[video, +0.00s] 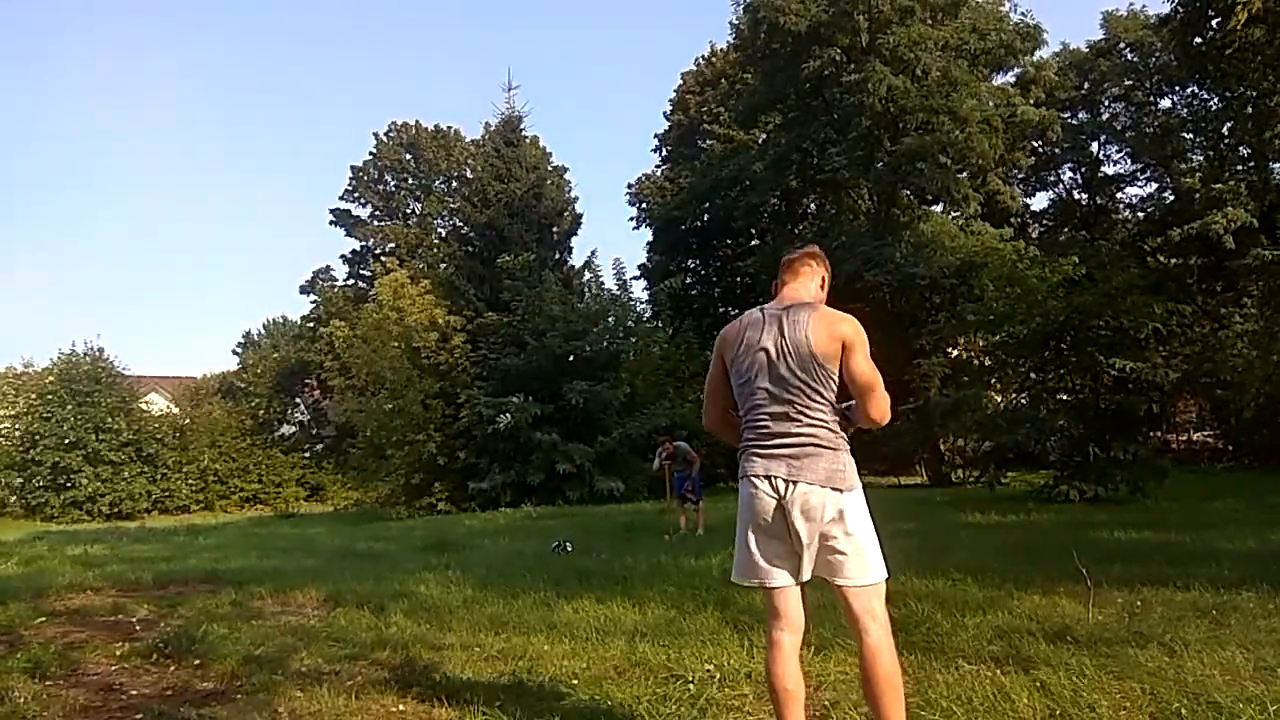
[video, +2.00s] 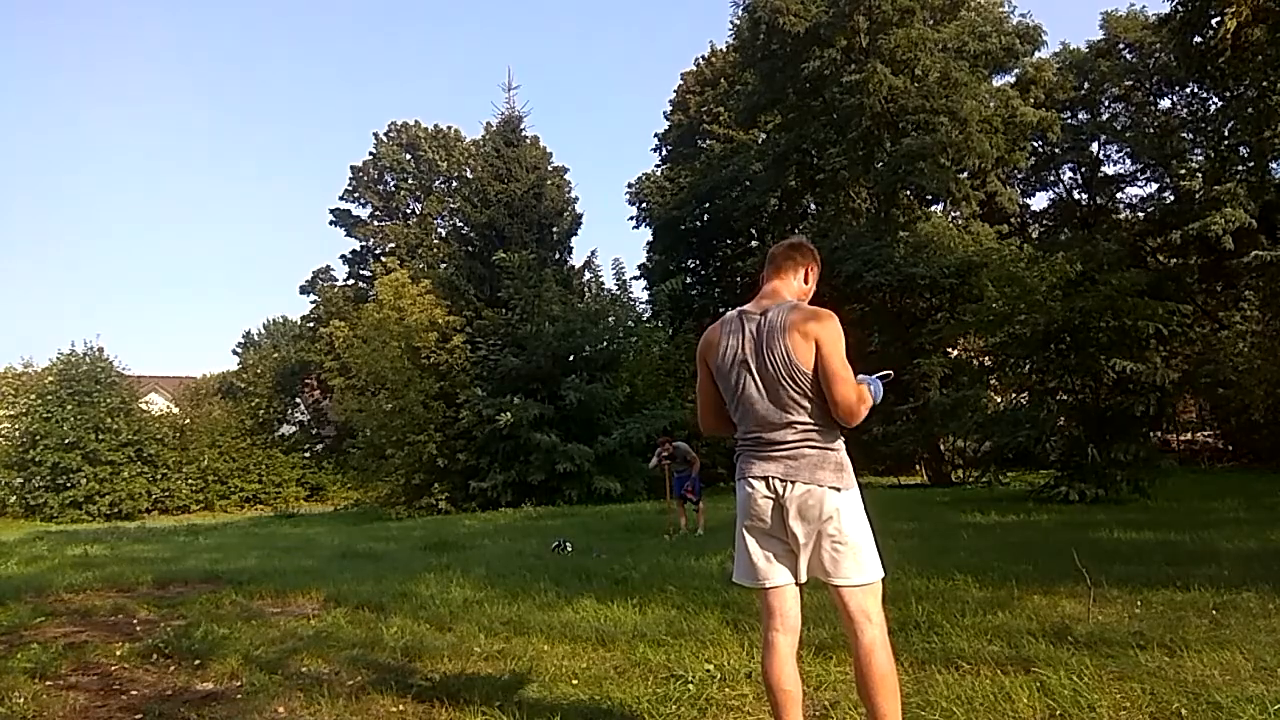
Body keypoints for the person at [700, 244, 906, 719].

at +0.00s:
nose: (826, 292)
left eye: (823, 287)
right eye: (827, 286)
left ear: (776, 284)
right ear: (824, 284)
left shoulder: (732, 332)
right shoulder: (841, 325)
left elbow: (715, 418)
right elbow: (876, 412)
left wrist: (763, 439)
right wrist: (844, 414)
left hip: (759, 486)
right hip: (829, 484)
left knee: (783, 627)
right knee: (872, 622)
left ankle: (791, 718)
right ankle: (891, 716)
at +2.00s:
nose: (814, 290)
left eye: (813, 283)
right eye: (815, 282)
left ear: (764, 275)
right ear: (806, 277)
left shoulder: (713, 336)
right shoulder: (818, 321)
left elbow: (712, 424)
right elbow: (848, 411)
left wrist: (764, 412)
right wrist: (866, 391)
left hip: (755, 489)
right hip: (823, 486)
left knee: (778, 629)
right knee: (867, 625)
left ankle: (789, 719)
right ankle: (887, 716)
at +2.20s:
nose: (815, 289)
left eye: (814, 283)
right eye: (816, 282)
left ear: (765, 274)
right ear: (808, 277)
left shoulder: (715, 333)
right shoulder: (819, 320)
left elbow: (718, 418)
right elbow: (857, 406)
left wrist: (765, 387)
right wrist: (858, 364)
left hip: (755, 488)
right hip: (823, 484)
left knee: (778, 630)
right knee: (867, 626)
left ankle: (790, 719)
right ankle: (887, 716)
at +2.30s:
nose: (814, 292)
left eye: (814, 288)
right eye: (816, 287)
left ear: (766, 276)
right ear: (809, 281)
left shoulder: (714, 329)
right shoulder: (815, 316)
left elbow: (723, 404)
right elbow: (867, 392)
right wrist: (859, 339)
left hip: (754, 489)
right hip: (822, 484)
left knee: (778, 629)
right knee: (867, 625)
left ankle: (790, 719)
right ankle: (887, 716)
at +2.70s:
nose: (823, 288)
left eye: (823, 281)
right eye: (823, 281)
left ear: (774, 277)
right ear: (815, 282)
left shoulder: (720, 324)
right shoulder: (818, 316)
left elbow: (744, 324)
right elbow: (881, 364)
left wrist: (795, 294)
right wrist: (852, 304)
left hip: (755, 488)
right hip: (823, 485)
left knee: (779, 627)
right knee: (867, 624)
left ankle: (791, 718)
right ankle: (887, 716)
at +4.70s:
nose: (856, 271)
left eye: (852, 264)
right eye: (852, 264)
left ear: (792, 274)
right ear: (844, 267)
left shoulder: (761, 323)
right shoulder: (865, 308)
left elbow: (787, 360)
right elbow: (916, 375)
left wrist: (828, 299)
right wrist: (876, 308)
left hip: (796, 484)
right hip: (867, 481)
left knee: (801, 630)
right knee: (889, 631)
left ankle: (799, 719)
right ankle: (899, 718)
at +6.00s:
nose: (895, 282)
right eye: (892, 273)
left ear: (837, 275)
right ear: (884, 276)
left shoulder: (799, 329)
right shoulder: (898, 311)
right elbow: (969, 360)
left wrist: (848, 289)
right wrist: (924, 301)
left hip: (829, 478)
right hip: (897, 477)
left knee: (839, 611)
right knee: (910, 631)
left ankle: (810, 714)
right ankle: (908, 718)